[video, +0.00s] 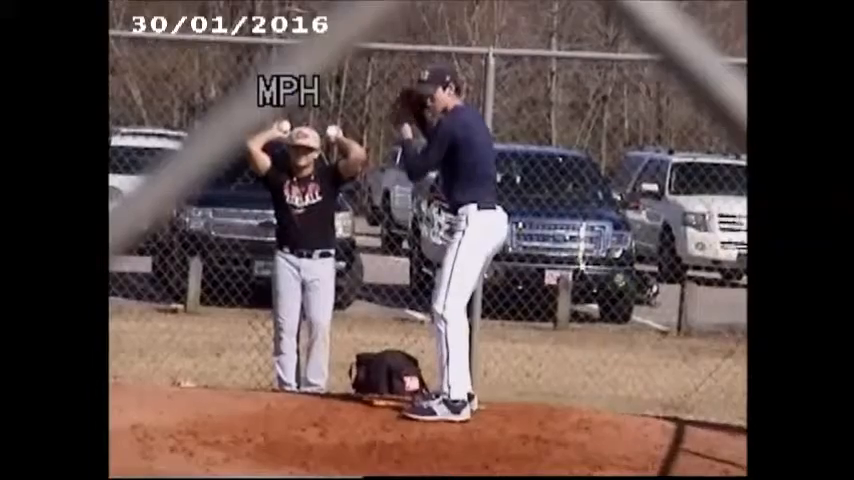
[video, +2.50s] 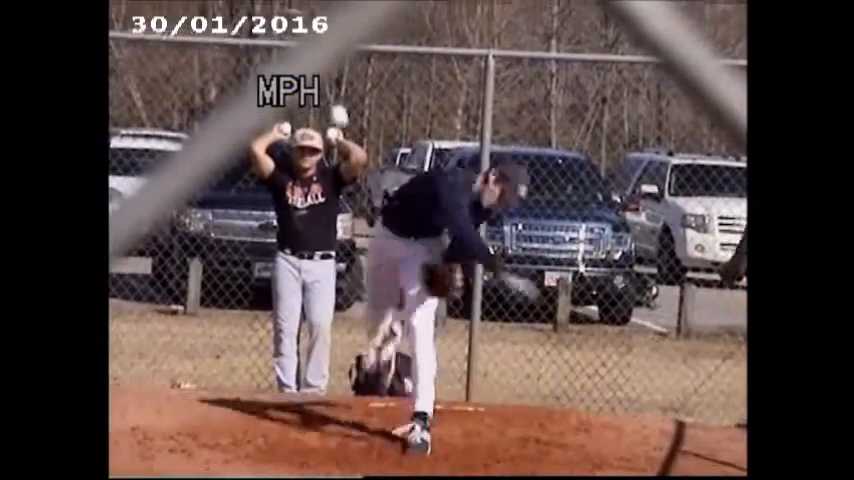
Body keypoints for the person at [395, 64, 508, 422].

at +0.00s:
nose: (428, 104)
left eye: (430, 97)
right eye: (426, 99)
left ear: (449, 90)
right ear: (450, 92)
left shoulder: (451, 122)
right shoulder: (469, 118)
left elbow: (417, 168)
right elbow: (433, 163)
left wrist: (407, 138)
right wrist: (417, 137)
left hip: (474, 218)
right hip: (487, 215)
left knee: (446, 306)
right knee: (452, 306)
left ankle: (455, 397)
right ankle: (459, 392)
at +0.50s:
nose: (435, 93)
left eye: (441, 87)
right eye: (434, 87)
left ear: (460, 86)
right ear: (447, 90)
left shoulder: (452, 120)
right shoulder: (471, 117)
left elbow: (420, 167)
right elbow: (433, 162)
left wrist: (406, 133)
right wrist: (418, 132)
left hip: (474, 218)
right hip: (489, 216)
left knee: (447, 306)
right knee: (456, 305)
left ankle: (455, 396)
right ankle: (461, 391)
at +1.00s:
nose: (432, 94)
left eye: (439, 87)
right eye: (430, 87)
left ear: (459, 86)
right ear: (447, 88)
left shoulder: (450, 119)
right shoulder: (470, 116)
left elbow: (417, 167)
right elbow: (435, 162)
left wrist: (404, 137)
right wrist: (414, 138)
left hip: (473, 218)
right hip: (487, 216)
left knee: (446, 307)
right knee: (456, 306)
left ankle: (455, 396)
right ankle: (461, 392)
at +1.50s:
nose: (424, 106)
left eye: (426, 100)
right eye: (421, 101)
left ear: (444, 90)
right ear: (448, 91)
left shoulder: (438, 122)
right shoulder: (474, 110)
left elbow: (398, 158)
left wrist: (406, 119)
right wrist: (420, 106)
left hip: (475, 212)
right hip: (499, 215)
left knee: (402, 255)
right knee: (457, 299)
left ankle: (440, 329)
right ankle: (459, 387)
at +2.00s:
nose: (418, 133)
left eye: (424, 128)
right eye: (417, 128)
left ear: (442, 128)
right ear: (444, 131)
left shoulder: (431, 154)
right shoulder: (466, 157)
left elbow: (393, 150)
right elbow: (488, 198)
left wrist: (359, 139)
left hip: (465, 247)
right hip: (490, 253)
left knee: (396, 297)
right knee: (428, 315)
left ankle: (343, 368)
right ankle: (454, 387)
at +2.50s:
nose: (503, 207)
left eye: (508, 202)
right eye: (505, 199)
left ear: (496, 184)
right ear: (493, 180)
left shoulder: (484, 204)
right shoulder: (453, 181)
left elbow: (464, 240)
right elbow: (461, 232)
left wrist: (451, 264)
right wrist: (497, 265)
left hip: (427, 244)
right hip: (388, 239)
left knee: (420, 327)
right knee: (379, 320)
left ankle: (421, 417)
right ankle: (376, 375)